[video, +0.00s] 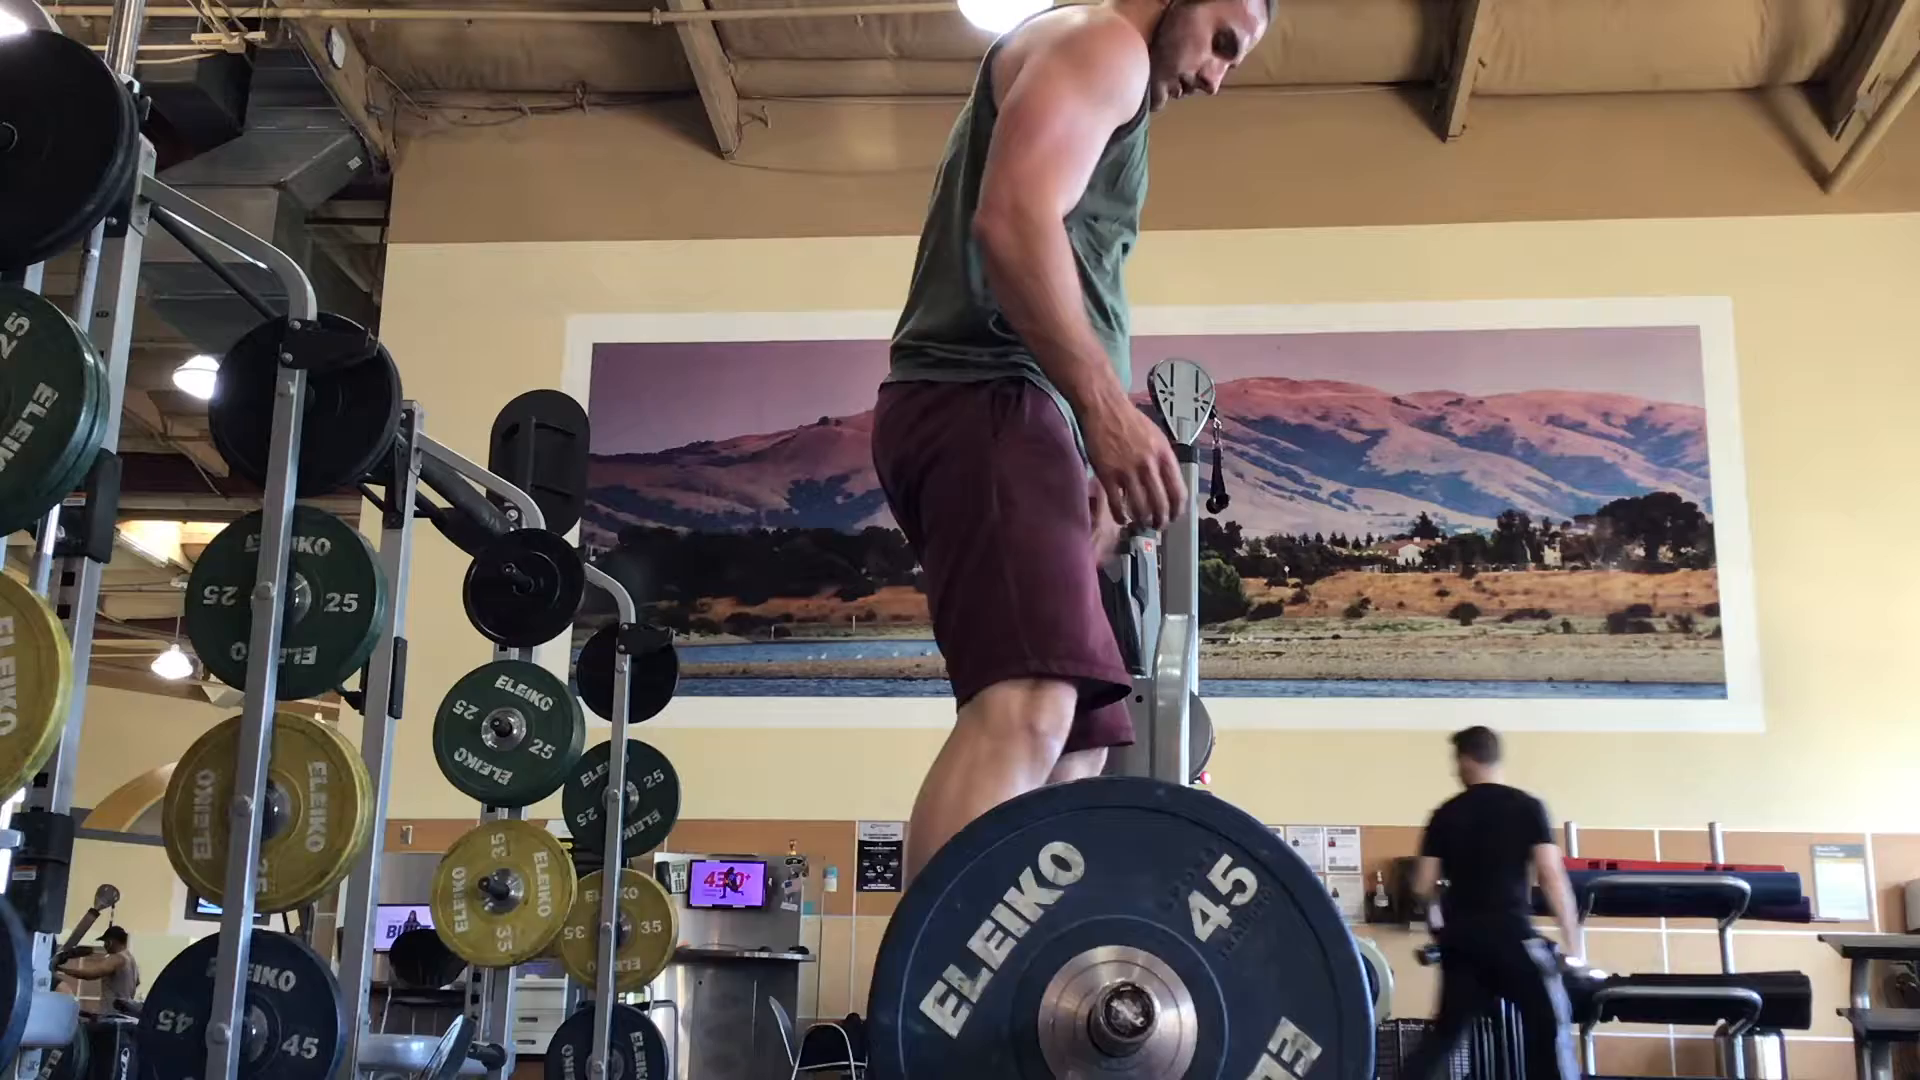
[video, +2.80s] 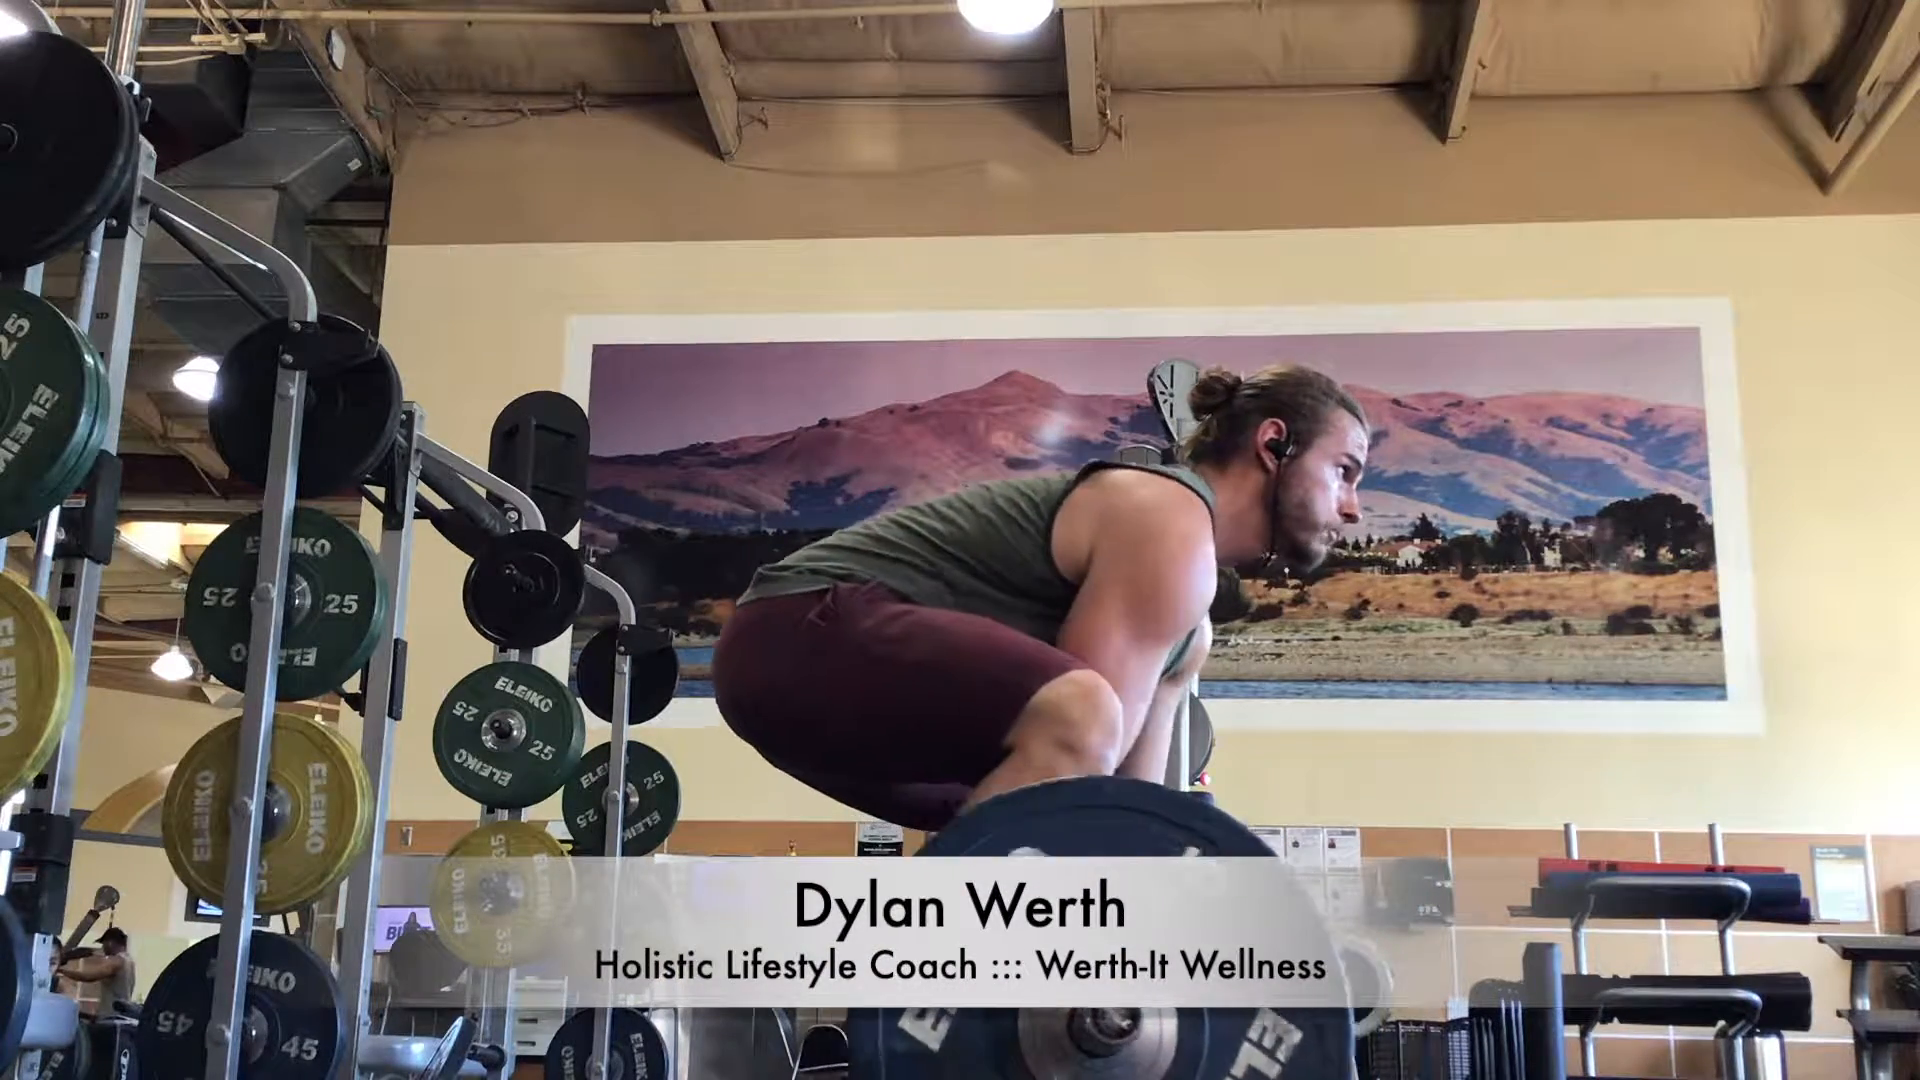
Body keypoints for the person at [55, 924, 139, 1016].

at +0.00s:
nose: (104, 946)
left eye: (106, 942)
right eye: (104, 942)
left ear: (111, 942)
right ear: (122, 942)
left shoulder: (117, 959)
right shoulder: (129, 958)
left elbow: (90, 974)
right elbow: (136, 982)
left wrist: (62, 969)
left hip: (110, 1015)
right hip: (123, 1015)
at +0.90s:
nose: (107, 945)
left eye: (109, 942)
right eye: (106, 942)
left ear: (117, 942)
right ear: (124, 942)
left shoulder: (120, 960)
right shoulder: (132, 960)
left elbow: (88, 975)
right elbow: (126, 991)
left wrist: (60, 969)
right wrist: (103, 991)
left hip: (111, 1017)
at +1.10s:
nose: (107, 946)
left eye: (108, 943)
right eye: (106, 943)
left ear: (116, 943)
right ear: (123, 943)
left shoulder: (121, 960)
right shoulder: (132, 960)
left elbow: (87, 974)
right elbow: (117, 987)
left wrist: (61, 969)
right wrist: (90, 989)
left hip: (112, 1017)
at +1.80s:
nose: (107, 948)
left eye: (109, 944)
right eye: (107, 944)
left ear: (116, 943)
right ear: (121, 943)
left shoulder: (122, 960)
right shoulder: (129, 961)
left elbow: (87, 973)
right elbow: (106, 984)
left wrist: (60, 969)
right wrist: (80, 982)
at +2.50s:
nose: (105, 946)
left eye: (107, 942)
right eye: (105, 942)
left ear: (114, 942)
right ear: (119, 943)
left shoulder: (119, 960)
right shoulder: (128, 961)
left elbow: (87, 976)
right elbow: (105, 988)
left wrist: (61, 970)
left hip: (108, 1017)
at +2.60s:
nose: (104, 946)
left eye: (106, 942)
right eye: (104, 943)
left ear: (113, 943)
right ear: (120, 943)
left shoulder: (118, 961)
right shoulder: (128, 961)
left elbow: (87, 977)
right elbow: (118, 988)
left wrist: (61, 970)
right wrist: (94, 989)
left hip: (108, 1017)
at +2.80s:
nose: (103, 947)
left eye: (104, 944)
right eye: (103, 944)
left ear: (111, 943)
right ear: (122, 943)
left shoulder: (117, 961)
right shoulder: (128, 961)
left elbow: (88, 977)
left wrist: (61, 971)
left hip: (107, 1018)